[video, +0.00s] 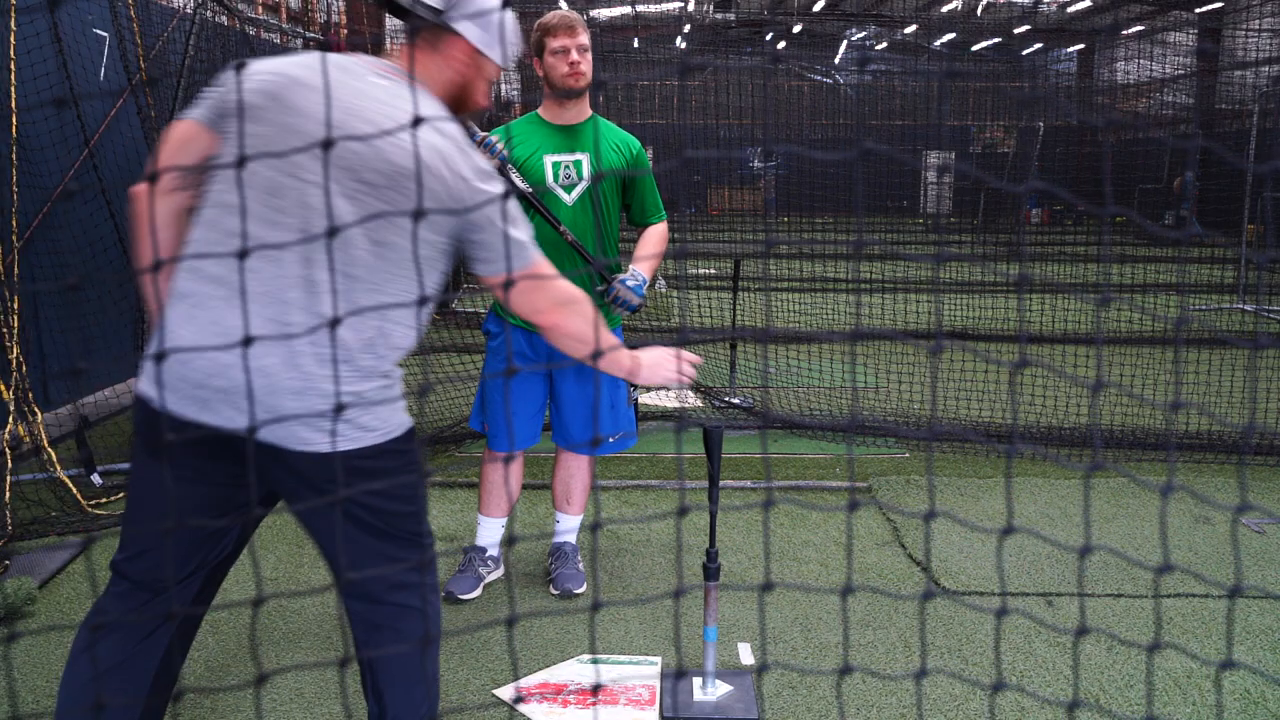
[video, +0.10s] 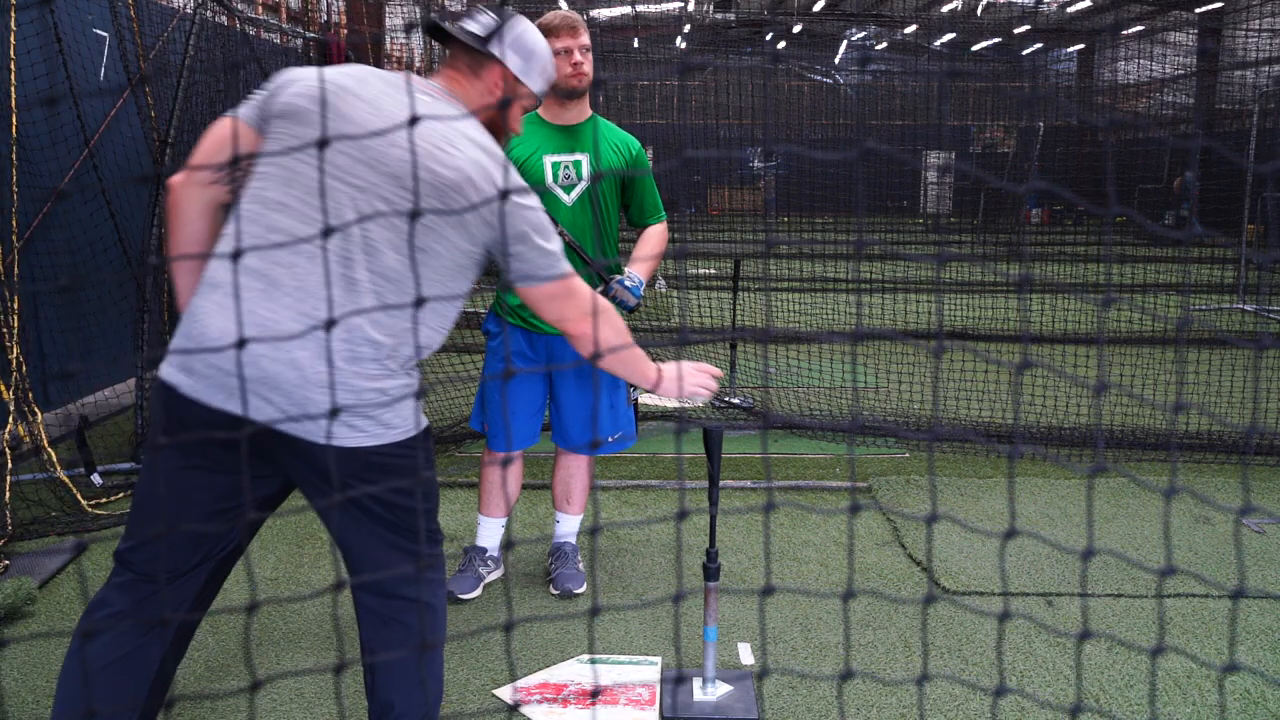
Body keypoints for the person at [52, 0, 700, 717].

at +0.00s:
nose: (500, 80)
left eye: (502, 63)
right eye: (497, 62)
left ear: (413, 35)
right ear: (466, 51)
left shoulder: (262, 78)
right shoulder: (463, 168)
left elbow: (159, 187)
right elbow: (540, 300)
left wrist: (169, 318)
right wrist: (628, 361)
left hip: (189, 395)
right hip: (339, 419)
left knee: (142, 603)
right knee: (396, 615)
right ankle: (403, 707)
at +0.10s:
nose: (521, 109)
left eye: (525, 94)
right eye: (524, 93)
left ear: (442, 55)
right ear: (501, 81)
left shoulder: (311, 85)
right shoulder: (495, 184)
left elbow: (194, 179)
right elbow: (579, 315)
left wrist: (200, 315)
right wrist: (654, 376)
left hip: (210, 381)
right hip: (359, 416)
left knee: (147, 591)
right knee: (403, 599)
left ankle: (83, 709)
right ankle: (404, 710)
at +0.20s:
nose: (532, 123)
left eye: (536, 106)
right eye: (533, 105)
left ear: (453, 65)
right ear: (506, 89)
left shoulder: (326, 91)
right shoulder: (502, 188)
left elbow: (208, 177)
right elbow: (588, 318)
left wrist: (206, 319)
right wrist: (662, 381)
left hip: (219, 377)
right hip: (364, 410)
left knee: (148, 590)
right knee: (404, 597)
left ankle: (84, 706)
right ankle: (402, 709)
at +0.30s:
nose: (543, 137)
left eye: (547, 122)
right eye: (543, 120)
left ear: (463, 77)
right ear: (516, 102)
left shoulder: (342, 97)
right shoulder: (514, 198)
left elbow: (223, 180)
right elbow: (596, 323)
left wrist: (211, 318)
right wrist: (672, 389)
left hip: (229, 370)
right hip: (373, 406)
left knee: (148, 584)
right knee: (407, 593)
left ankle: (78, 711)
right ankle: (404, 713)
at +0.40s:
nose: (545, 142)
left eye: (549, 129)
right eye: (545, 126)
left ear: (472, 83)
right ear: (516, 106)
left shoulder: (346, 103)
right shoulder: (517, 205)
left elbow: (224, 183)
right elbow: (599, 326)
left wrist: (212, 318)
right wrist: (676, 392)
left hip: (229, 371)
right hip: (372, 407)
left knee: (146, 582)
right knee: (407, 590)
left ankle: (73, 711)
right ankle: (404, 709)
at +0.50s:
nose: (544, 147)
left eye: (549, 133)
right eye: (546, 131)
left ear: (473, 89)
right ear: (519, 113)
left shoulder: (345, 105)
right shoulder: (515, 207)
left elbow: (221, 181)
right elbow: (598, 330)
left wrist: (208, 318)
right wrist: (673, 397)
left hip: (224, 372)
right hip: (367, 408)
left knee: (137, 586)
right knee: (404, 592)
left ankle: (66, 714)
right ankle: (404, 710)